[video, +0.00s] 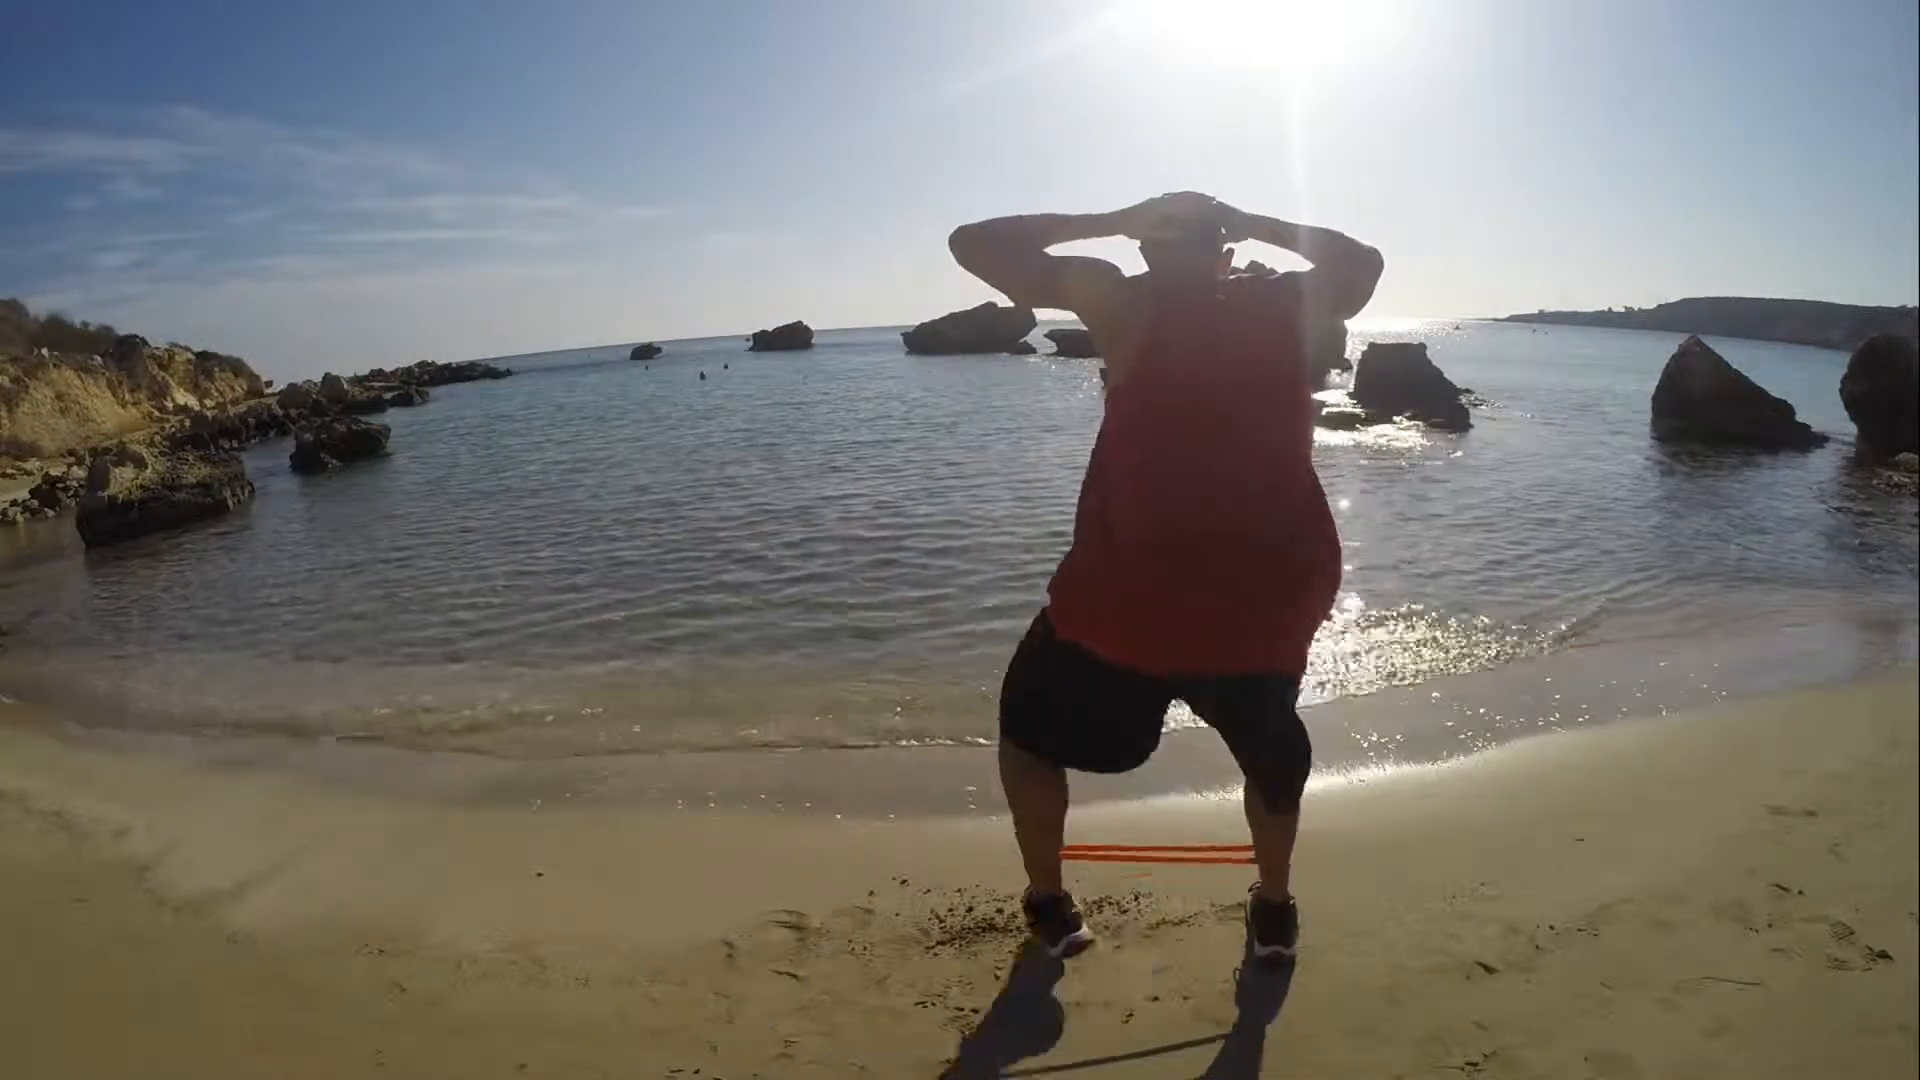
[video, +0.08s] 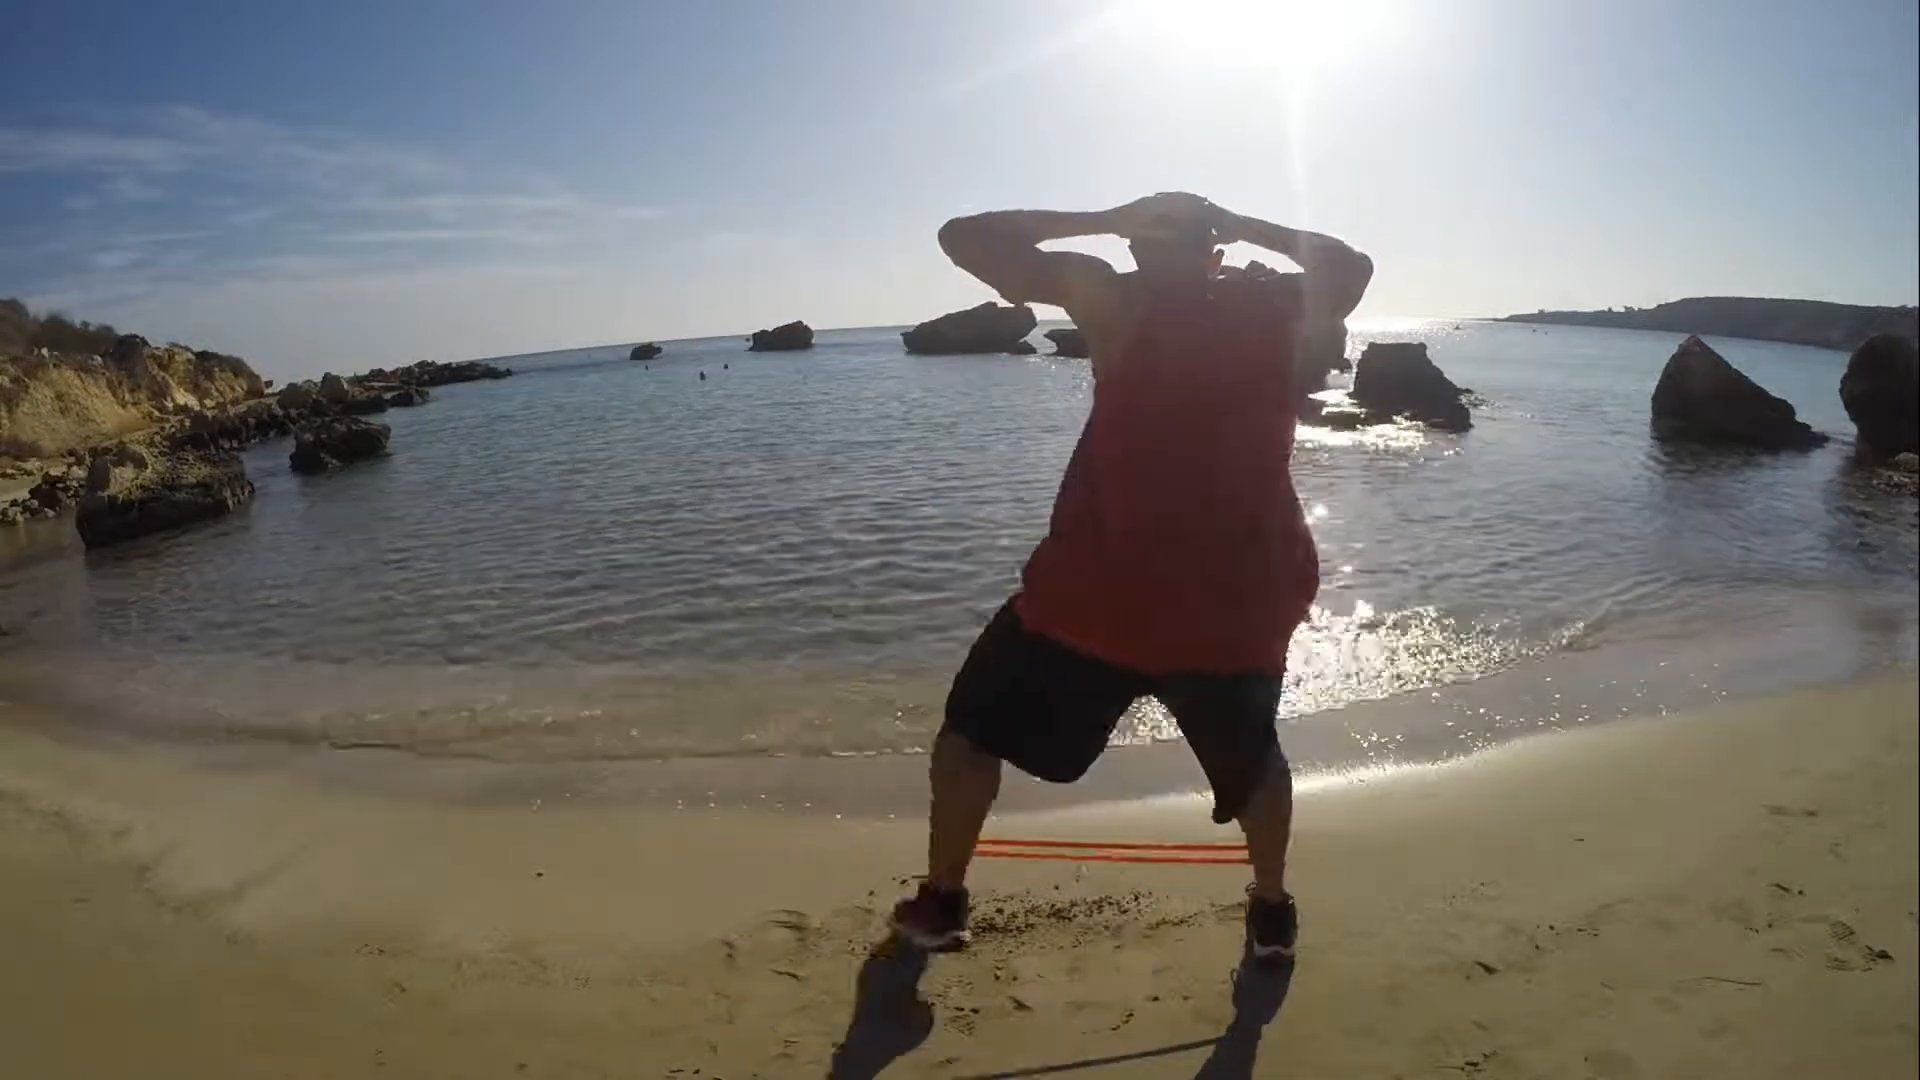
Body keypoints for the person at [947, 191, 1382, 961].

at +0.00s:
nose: (1159, 237)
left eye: (1161, 229)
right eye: (1168, 227)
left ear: (1152, 246)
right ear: (1227, 246)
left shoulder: (1120, 302)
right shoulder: (1293, 304)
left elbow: (974, 242)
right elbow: (1363, 261)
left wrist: (1113, 220)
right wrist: (1253, 223)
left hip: (1125, 583)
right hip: (1264, 592)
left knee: (1030, 725)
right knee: (1275, 751)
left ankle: (1046, 905)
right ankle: (1274, 907)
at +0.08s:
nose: (1148, 249)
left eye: (1151, 235)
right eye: (1156, 236)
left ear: (1139, 248)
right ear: (1218, 249)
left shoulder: (1110, 303)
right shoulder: (1281, 308)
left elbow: (968, 236)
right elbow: (1348, 265)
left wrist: (1109, 218)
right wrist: (1248, 227)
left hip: (1095, 574)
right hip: (1235, 589)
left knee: (971, 730)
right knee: (1253, 759)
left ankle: (941, 897)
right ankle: (1270, 904)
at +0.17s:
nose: (1133, 251)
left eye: (1134, 238)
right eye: (1143, 239)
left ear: (1119, 252)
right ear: (1193, 253)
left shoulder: (1090, 309)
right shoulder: (1249, 312)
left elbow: (946, 239)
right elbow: (1332, 271)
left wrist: (1086, 223)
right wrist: (1226, 233)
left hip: (1070, 571)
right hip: (1216, 586)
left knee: (914, 727)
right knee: (1246, 751)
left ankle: (836, 891)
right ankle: (1269, 909)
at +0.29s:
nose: (1100, 271)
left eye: (1094, 258)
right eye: (1105, 257)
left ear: (1065, 271)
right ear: (1143, 274)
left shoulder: (1024, 327)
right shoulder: (1196, 332)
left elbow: (885, 263)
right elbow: (1288, 291)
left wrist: (1026, 244)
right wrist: (1182, 252)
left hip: (1010, 607)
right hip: (1160, 622)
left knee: (850, 764)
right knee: (1228, 763)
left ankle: (761, 912)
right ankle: (1267, 906)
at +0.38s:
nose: (1046, 271)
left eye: (1038, 259)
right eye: (1054, 261)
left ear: (1005, 277)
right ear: (1090, 283)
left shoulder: (960, 337)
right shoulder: (1143, 339)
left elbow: (831, 273)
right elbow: (1233, 296)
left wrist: (974, 250)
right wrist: (1119, 252)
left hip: (965, 634)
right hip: (1119, 639)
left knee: (824, 776)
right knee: (1210, 771)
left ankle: (750, 935)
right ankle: (1264, 910)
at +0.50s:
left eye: (927, 246)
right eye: (967, 249)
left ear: (904, 259)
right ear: (992, 264)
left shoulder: (853, 321)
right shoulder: (1043, 323)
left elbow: (733, 259)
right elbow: (1151, 279)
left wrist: (875, 234)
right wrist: (1027, 236)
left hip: (877, 620)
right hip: (1031, 616)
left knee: (776, 773)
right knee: (1155, 757)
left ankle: (742, 940)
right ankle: (1235, 899)